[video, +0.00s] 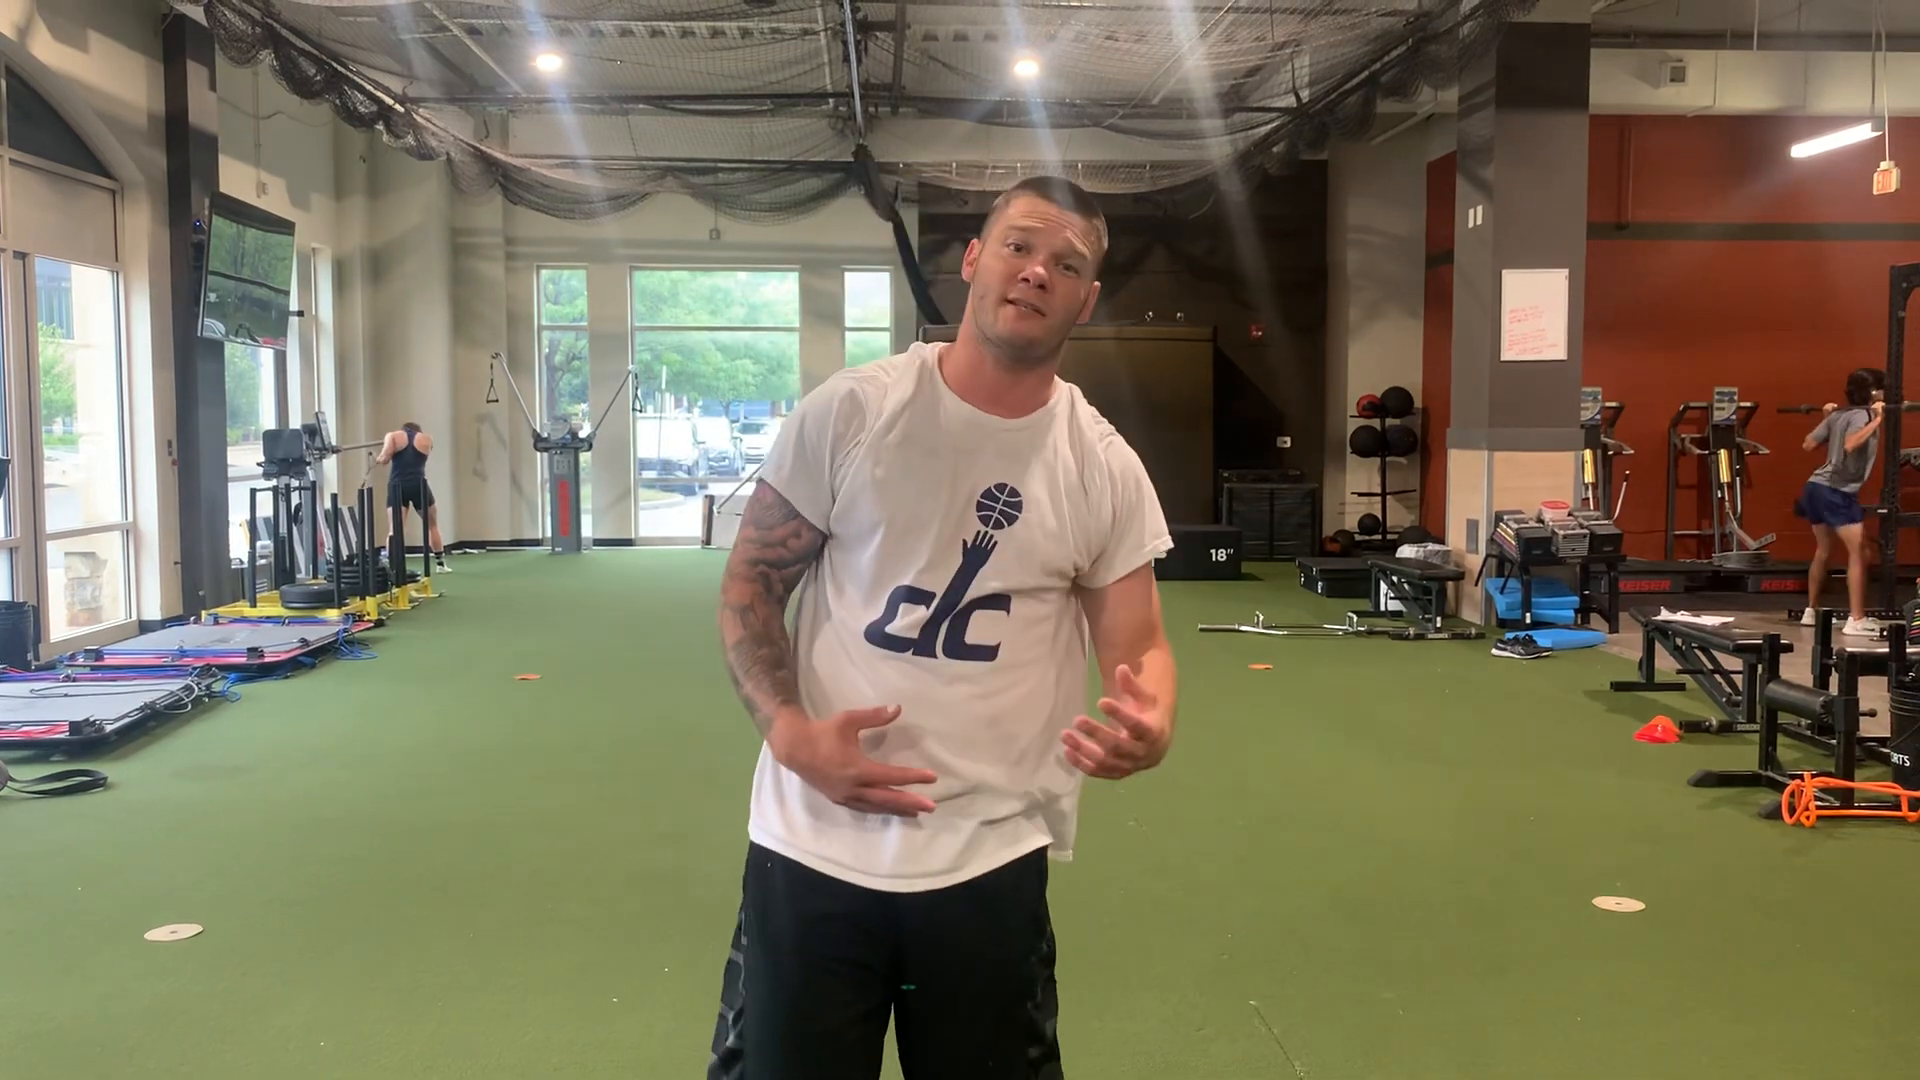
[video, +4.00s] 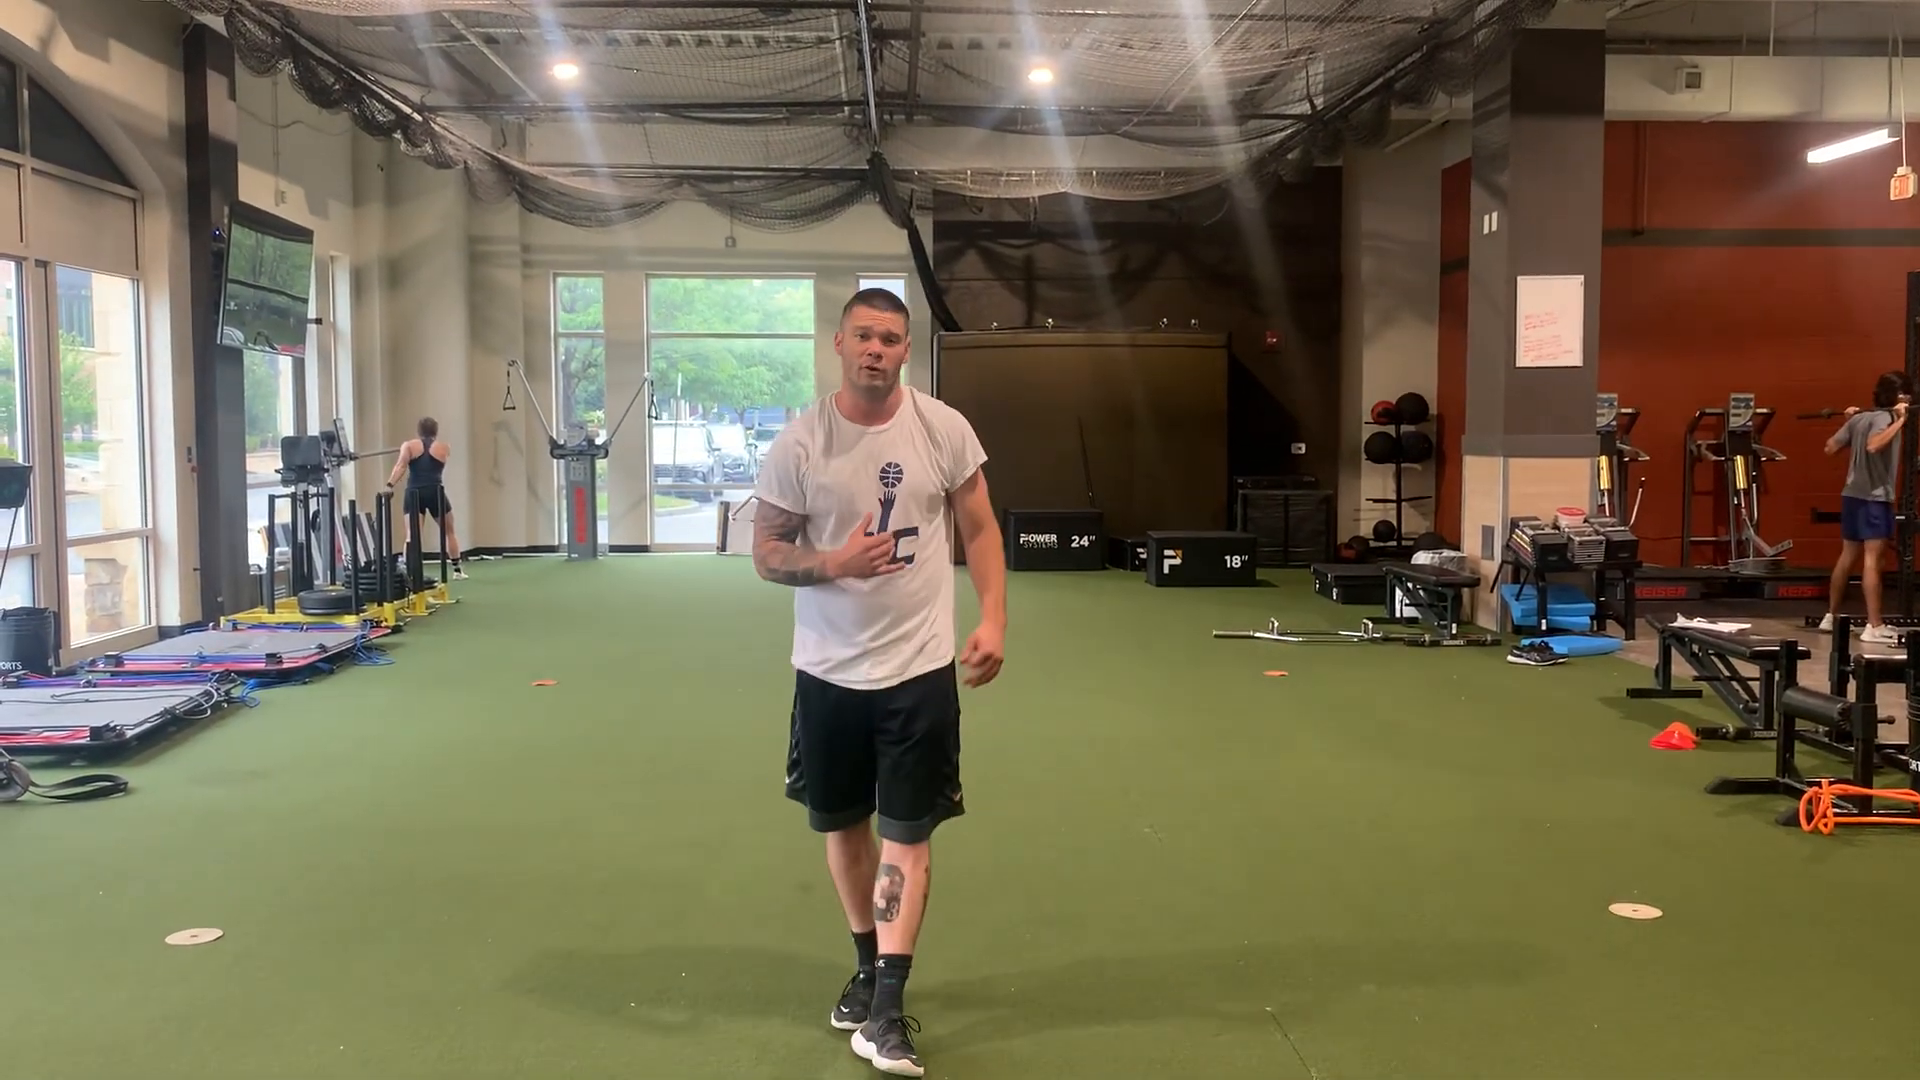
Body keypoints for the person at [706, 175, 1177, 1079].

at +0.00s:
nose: (1036, 273)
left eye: (1065, 264)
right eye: (1018, 246)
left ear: (1088, 304)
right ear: (970, 263)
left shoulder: (1102, 468)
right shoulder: (847, 414)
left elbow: (1138, 649)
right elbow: (749, 587)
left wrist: (1142, 732)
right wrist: (786, 726)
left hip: (985, 867)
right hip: (814, 854)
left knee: (997, 1067)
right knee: (781, 1066)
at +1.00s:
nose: (813, 298)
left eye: (824, 274)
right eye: (784, 287)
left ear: (853, 286)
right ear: (752, 316)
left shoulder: (947, 421)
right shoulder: (722, 456)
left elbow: (1007, 565)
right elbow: (686, 634)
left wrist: (974, 615)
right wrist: (752, 721)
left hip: (934, 805)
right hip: (784, 818)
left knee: (949, 1060)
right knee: (779, 1061)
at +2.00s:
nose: (911, 316)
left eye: (931, 309)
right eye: (898, 298)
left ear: (947, 336)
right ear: (861, 311)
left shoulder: (975, 450)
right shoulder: (783, 427)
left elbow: (990, 583)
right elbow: (714, 567)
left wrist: (943, 636)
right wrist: (771, 556)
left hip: (917, 740)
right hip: (789, 737)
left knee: (910, 969)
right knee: (771, 967)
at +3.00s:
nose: (837, 327)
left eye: (853, 319)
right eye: (823, 314)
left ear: (871, 342)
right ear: (795, 332)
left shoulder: (916, 431)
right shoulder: (755, 441)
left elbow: (955, 542)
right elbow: (711, 568)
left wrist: (909, 584)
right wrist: (761, 565)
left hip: (886, 697)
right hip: (782, 698)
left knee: (884, 881)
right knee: (766, 884)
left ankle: (872, 1027)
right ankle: (764, 1066)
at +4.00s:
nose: (878, 349)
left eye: (891, 339)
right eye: (864, 336)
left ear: (907, 350)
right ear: (837, 344)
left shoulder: (944, 429)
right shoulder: (798, 443)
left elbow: (981, 530)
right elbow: (768, 554)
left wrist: (992, 619)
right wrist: (831, 562)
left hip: (920, 663)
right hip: (830, 669)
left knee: (908, 830)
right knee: (843, 824)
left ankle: (887, 1007)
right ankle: (868, 964)